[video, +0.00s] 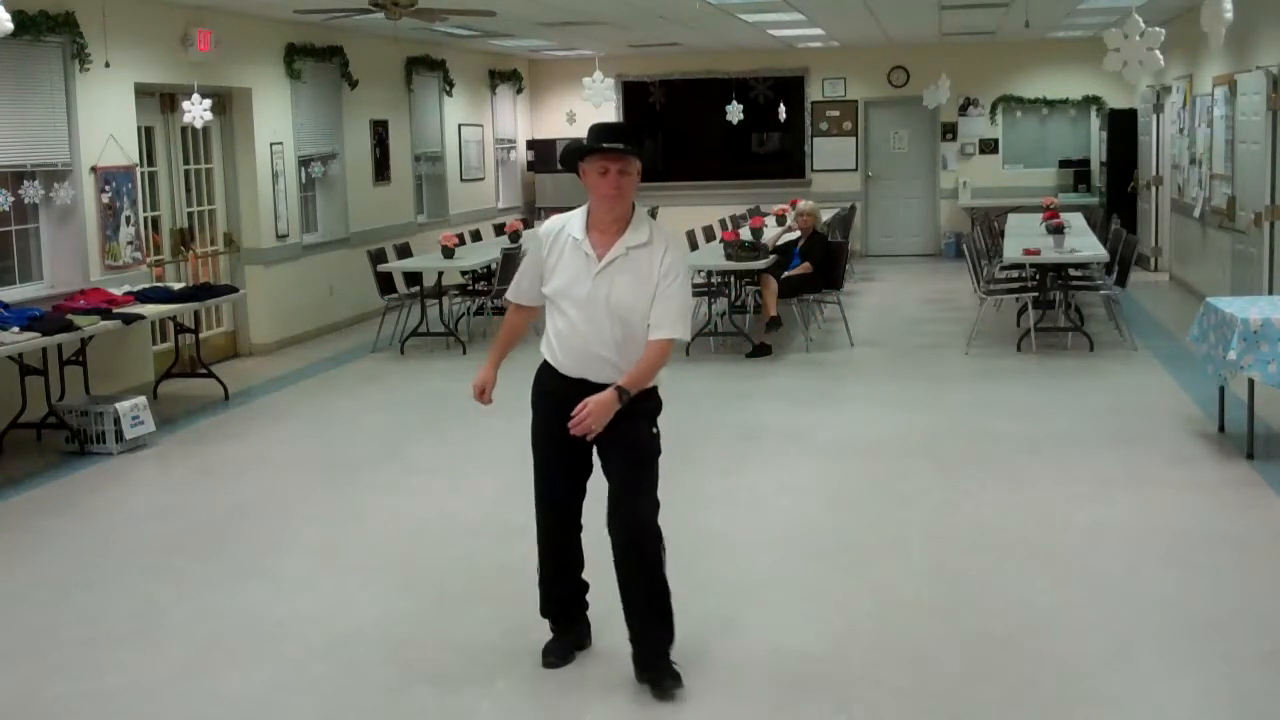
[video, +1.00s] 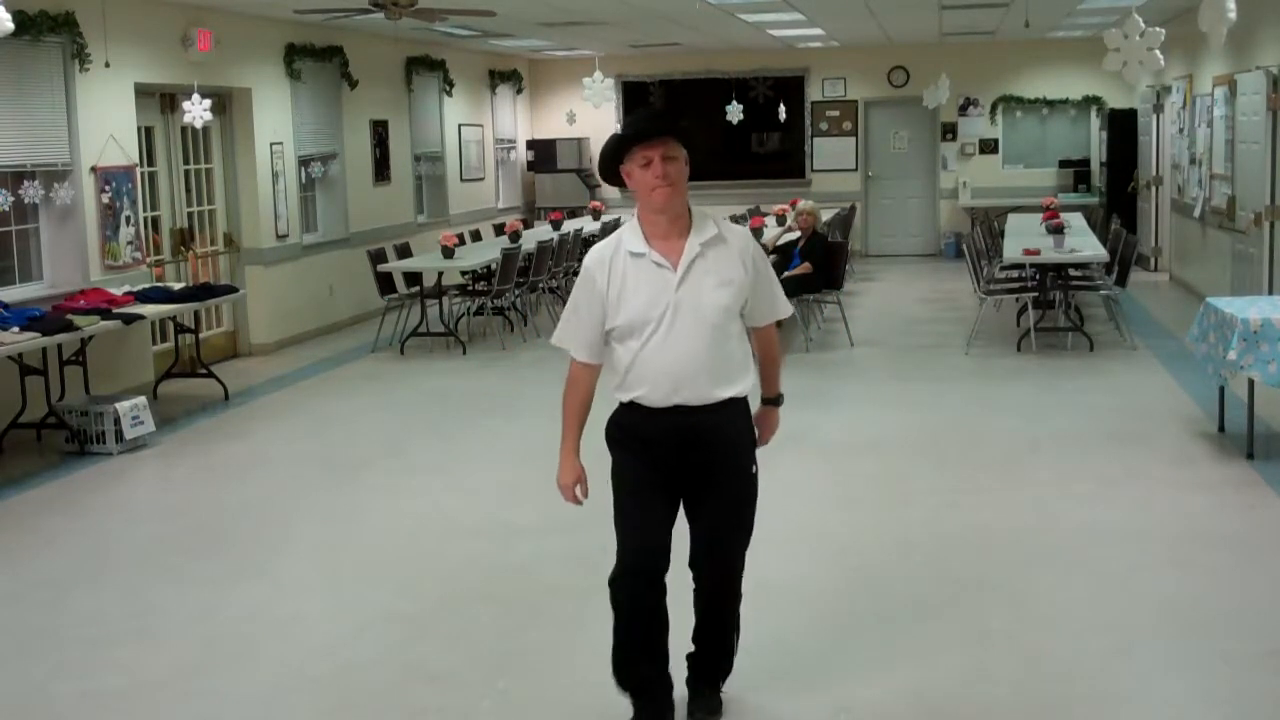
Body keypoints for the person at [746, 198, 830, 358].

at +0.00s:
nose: (804, 218)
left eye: (808, 215)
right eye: (801, 215)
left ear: (815, 219)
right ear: (796, 220)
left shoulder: (820, 239)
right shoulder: (796, 241)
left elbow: (809, 267)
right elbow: (767, 249)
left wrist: (785, 276)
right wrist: (784, 230)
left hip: (809, 278)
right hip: (789, 274)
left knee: (767, 291)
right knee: (765, 275)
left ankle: (763, 344)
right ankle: (773, 316)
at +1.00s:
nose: (804, 218)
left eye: (808, 214)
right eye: (800, 215)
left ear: (815, 219)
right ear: (796, 219)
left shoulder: (820, 239)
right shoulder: (795, 243)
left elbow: (809, 267)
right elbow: (766, 250)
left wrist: (785, 275)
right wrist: (783, 231)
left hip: (810, 279)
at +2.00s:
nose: (804, 219)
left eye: (808, 216)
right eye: (800, 216)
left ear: (815, 219)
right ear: (795, 219)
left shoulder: (820, 239)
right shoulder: (795, 242)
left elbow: (810, 266)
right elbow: (768, 249)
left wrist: (787, 274)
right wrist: (784, 231)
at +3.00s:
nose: (802, 219)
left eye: (806, 216)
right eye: (799, 216)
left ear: (814, 219)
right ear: (794, 220)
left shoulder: (820, 240)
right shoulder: (796, 242)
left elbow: (809, 267)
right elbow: (767, 250)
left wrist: (784, 277)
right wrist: (785, 231)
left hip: (810, 278)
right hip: (792, 276)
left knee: (766, 291)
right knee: (766, 276)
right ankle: (773, 316)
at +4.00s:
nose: (802, 220)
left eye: (806, 216)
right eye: (798, 217)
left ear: (814, 219)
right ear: (795, 221)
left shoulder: (820, 240)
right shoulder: (796, 242)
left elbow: (809, 267)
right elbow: (767, 249)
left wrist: (785, 276)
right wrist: (785, 230)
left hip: (809, 279)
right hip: (790, 275)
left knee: (769, 291)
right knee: (765, 275)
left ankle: (769, 343)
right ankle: (773, 315)